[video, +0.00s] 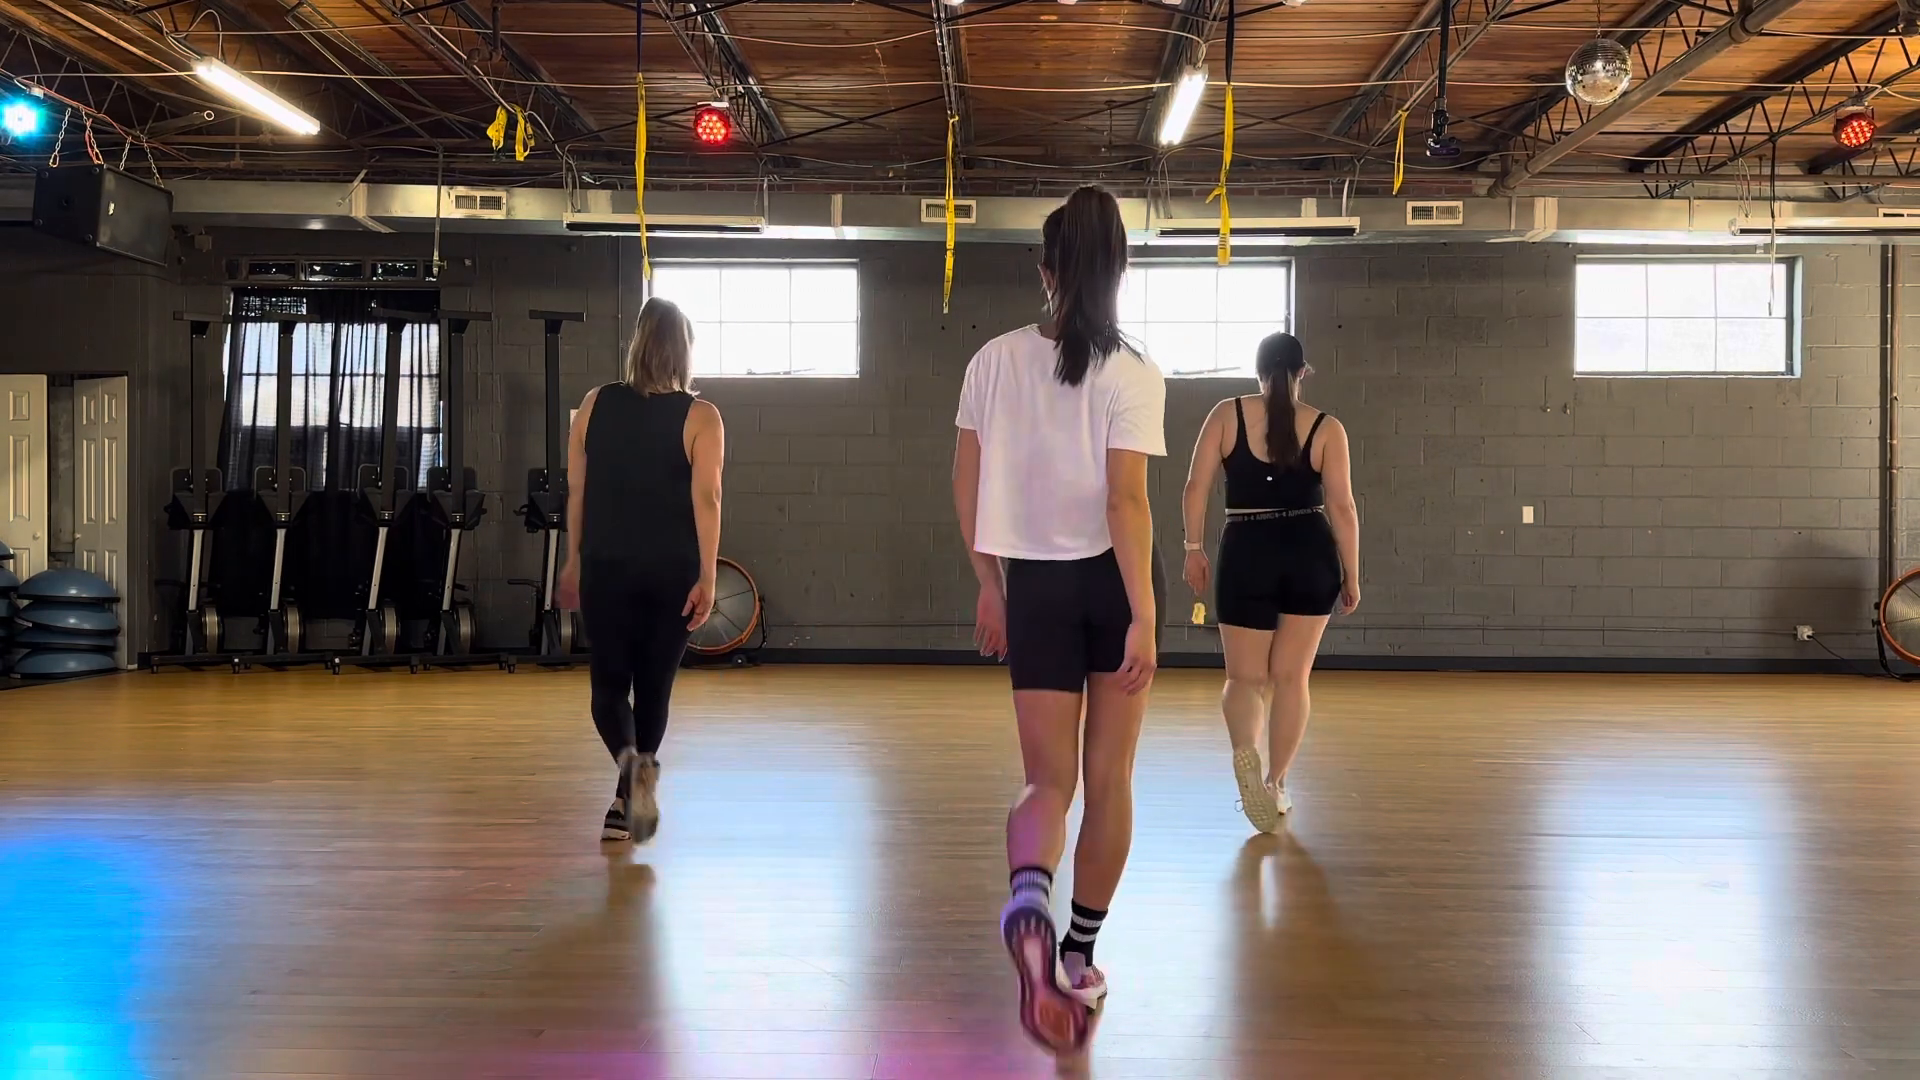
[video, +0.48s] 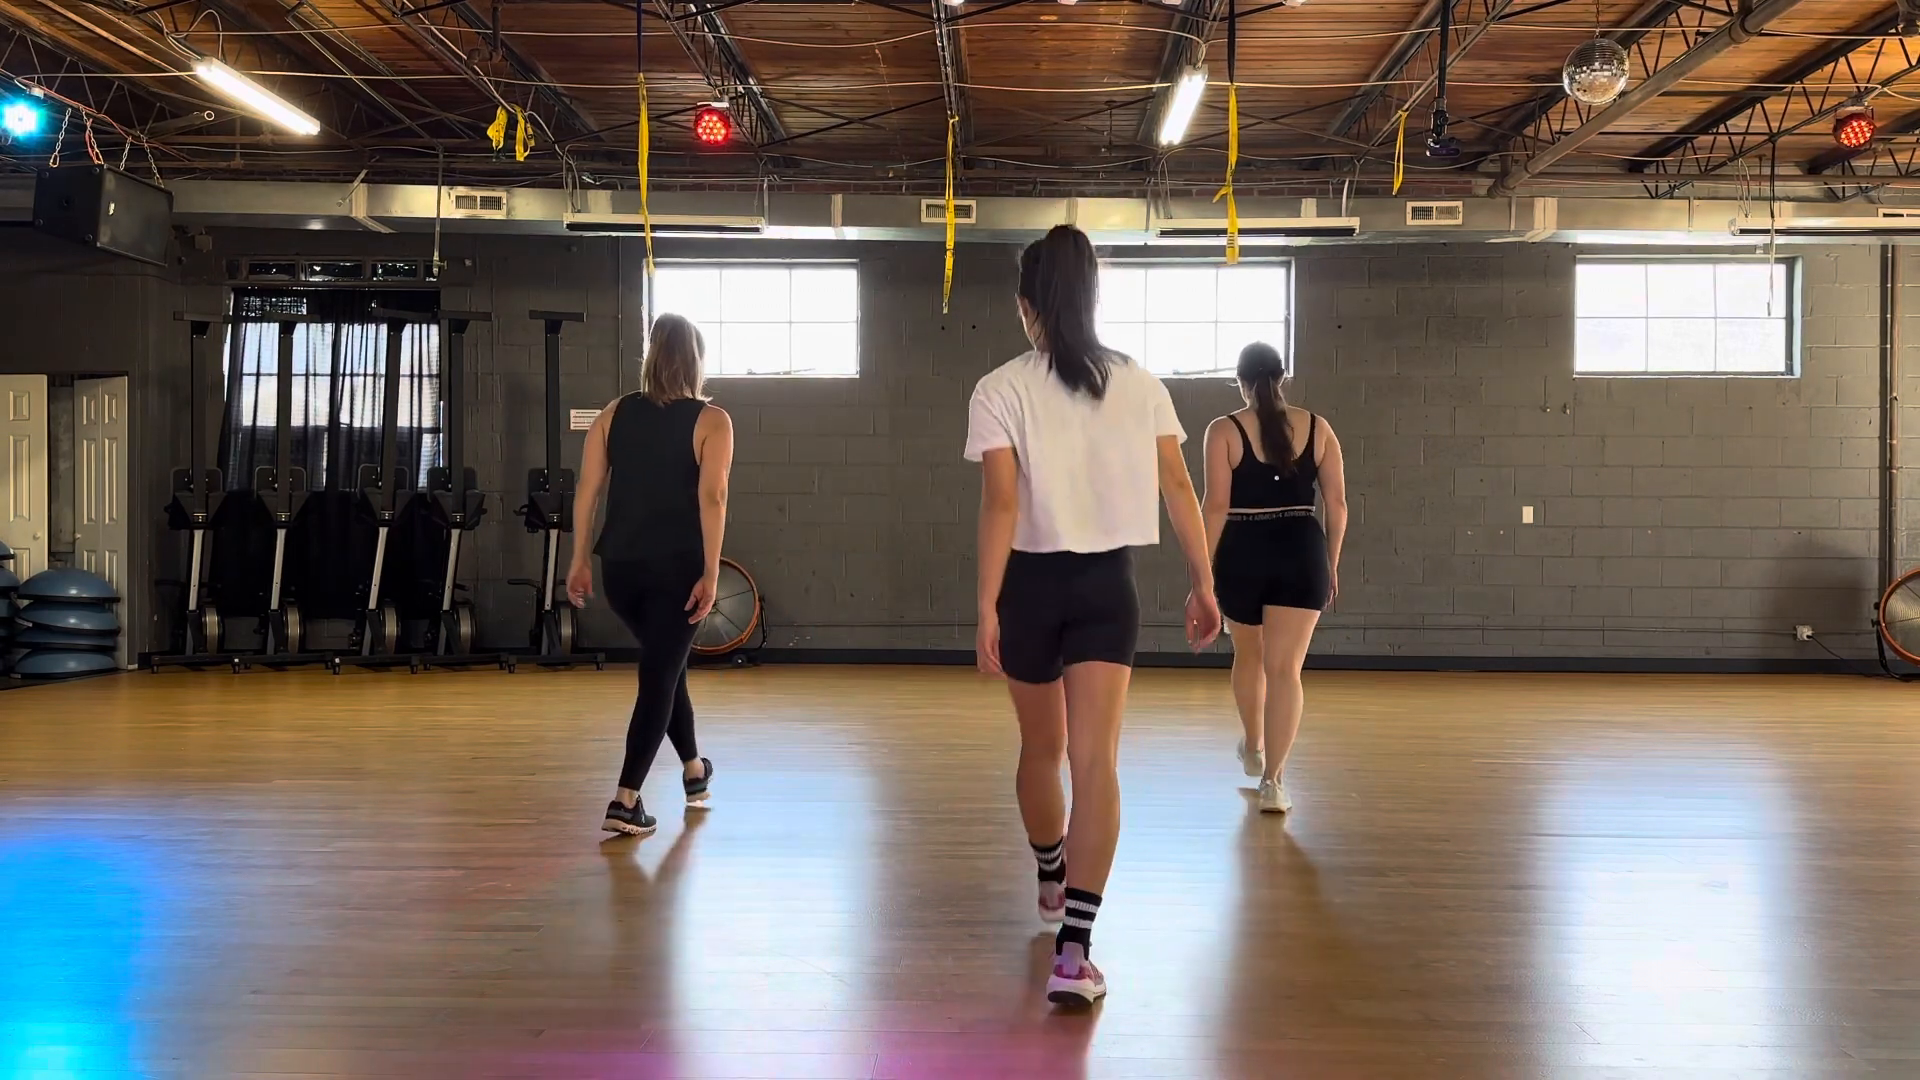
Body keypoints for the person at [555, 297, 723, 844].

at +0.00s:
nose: (687, 354)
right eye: (689, 345)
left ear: (635, 345)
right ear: (685, 350)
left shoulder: (593, 405)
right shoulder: (702, 415)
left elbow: (577, 491)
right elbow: (707, 497)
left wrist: (573, 558)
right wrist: (707, 575)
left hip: (605, 570)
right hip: (672, 572)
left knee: (608, 684)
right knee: (654, 687)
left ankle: (632, 761)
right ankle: (623, 804)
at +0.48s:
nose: (697, 364)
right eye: (699, 355)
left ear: (650, 357)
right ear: (697, 360)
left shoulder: (611, 415)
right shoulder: (712, 419)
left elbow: (587, 489)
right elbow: (713, 496)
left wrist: (580, 557)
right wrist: (711, 571)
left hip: (618, 567)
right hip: (679, 567)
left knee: (669, 667)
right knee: (655, 681)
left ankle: (694, 767)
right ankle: (625, 799)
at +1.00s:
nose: (716, 366)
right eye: (715, 358)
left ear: (672, 364)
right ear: (715, 364)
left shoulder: (648, 421)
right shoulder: (733, 416)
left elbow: (622, 489)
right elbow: (757, 484)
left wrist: (562, 496)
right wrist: (826, 512)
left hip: (660, 561)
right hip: (720, 561)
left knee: (685, 665)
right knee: (736, 659)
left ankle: (700, 773)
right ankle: (677, 692)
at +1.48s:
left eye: (704, 370)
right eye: (743, 373)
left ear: (700, 379)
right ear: (745, 379)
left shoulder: (679, 427)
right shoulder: (766, 427)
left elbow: (629, 460)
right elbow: (826, 454)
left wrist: (637, 427)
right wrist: (783, 449)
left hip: (702, 565)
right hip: (760, 563)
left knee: (704, 670)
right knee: (762, 658)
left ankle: (706, 764)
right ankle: (774, 751)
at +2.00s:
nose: (697, 385)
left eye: (709, 378)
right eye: (695, 377)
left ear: (737, 387)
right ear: (694, 386)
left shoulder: (745, 433)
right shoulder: (719, 432)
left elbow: (788, 488)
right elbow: (729, 493)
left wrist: (759, 551)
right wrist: (712, 544)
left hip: (743, 563)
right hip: (730, 560)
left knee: (701, 654)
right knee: (753, 653)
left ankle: (736, 757)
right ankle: (782, 738)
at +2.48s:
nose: (698, 376)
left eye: (707, 368)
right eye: (690, 369)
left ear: (726, 376)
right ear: (680, 379)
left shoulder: (756, 425)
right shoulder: (662, 432)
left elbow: (775, 492)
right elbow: (653, 498)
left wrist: (775, 553)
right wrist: (657, 554)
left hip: (741, 560)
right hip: (681, 559)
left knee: (728, 662)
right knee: (669, 662)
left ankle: (715, 757)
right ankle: (682, 737)